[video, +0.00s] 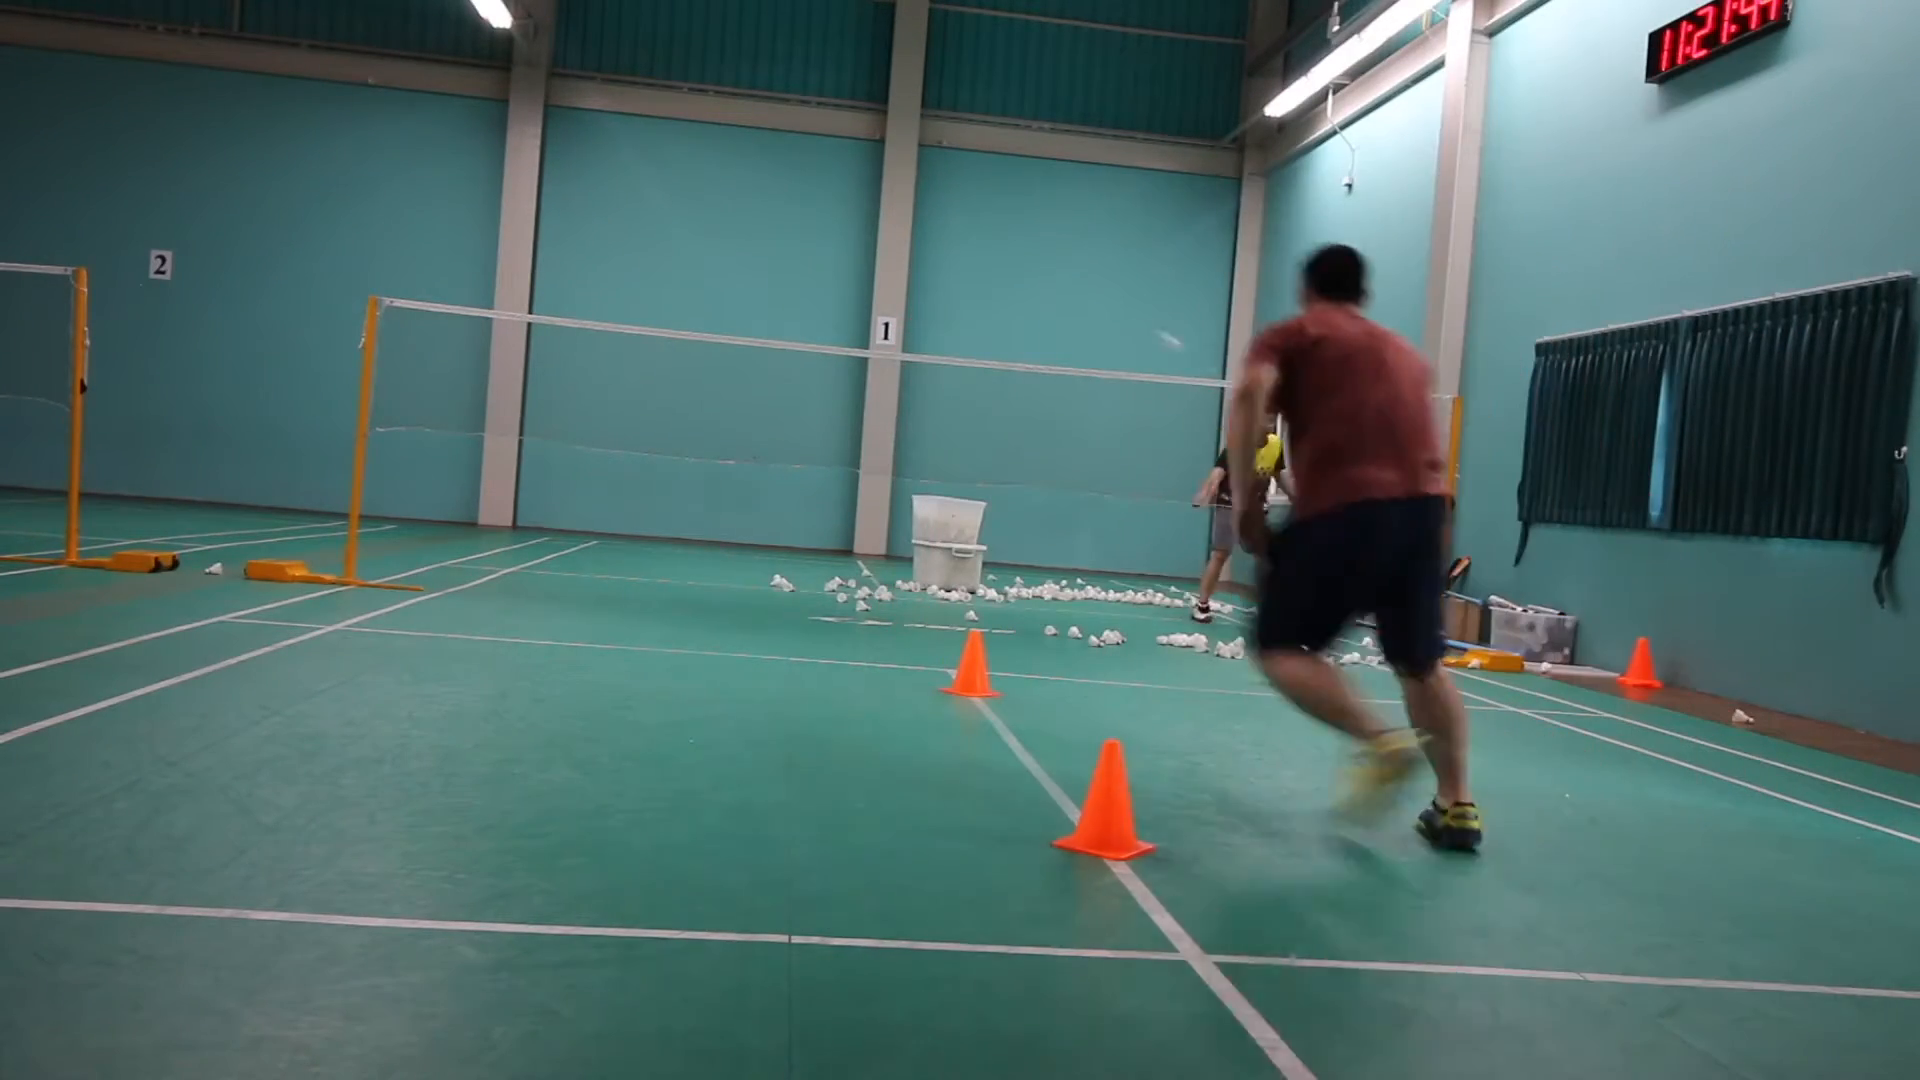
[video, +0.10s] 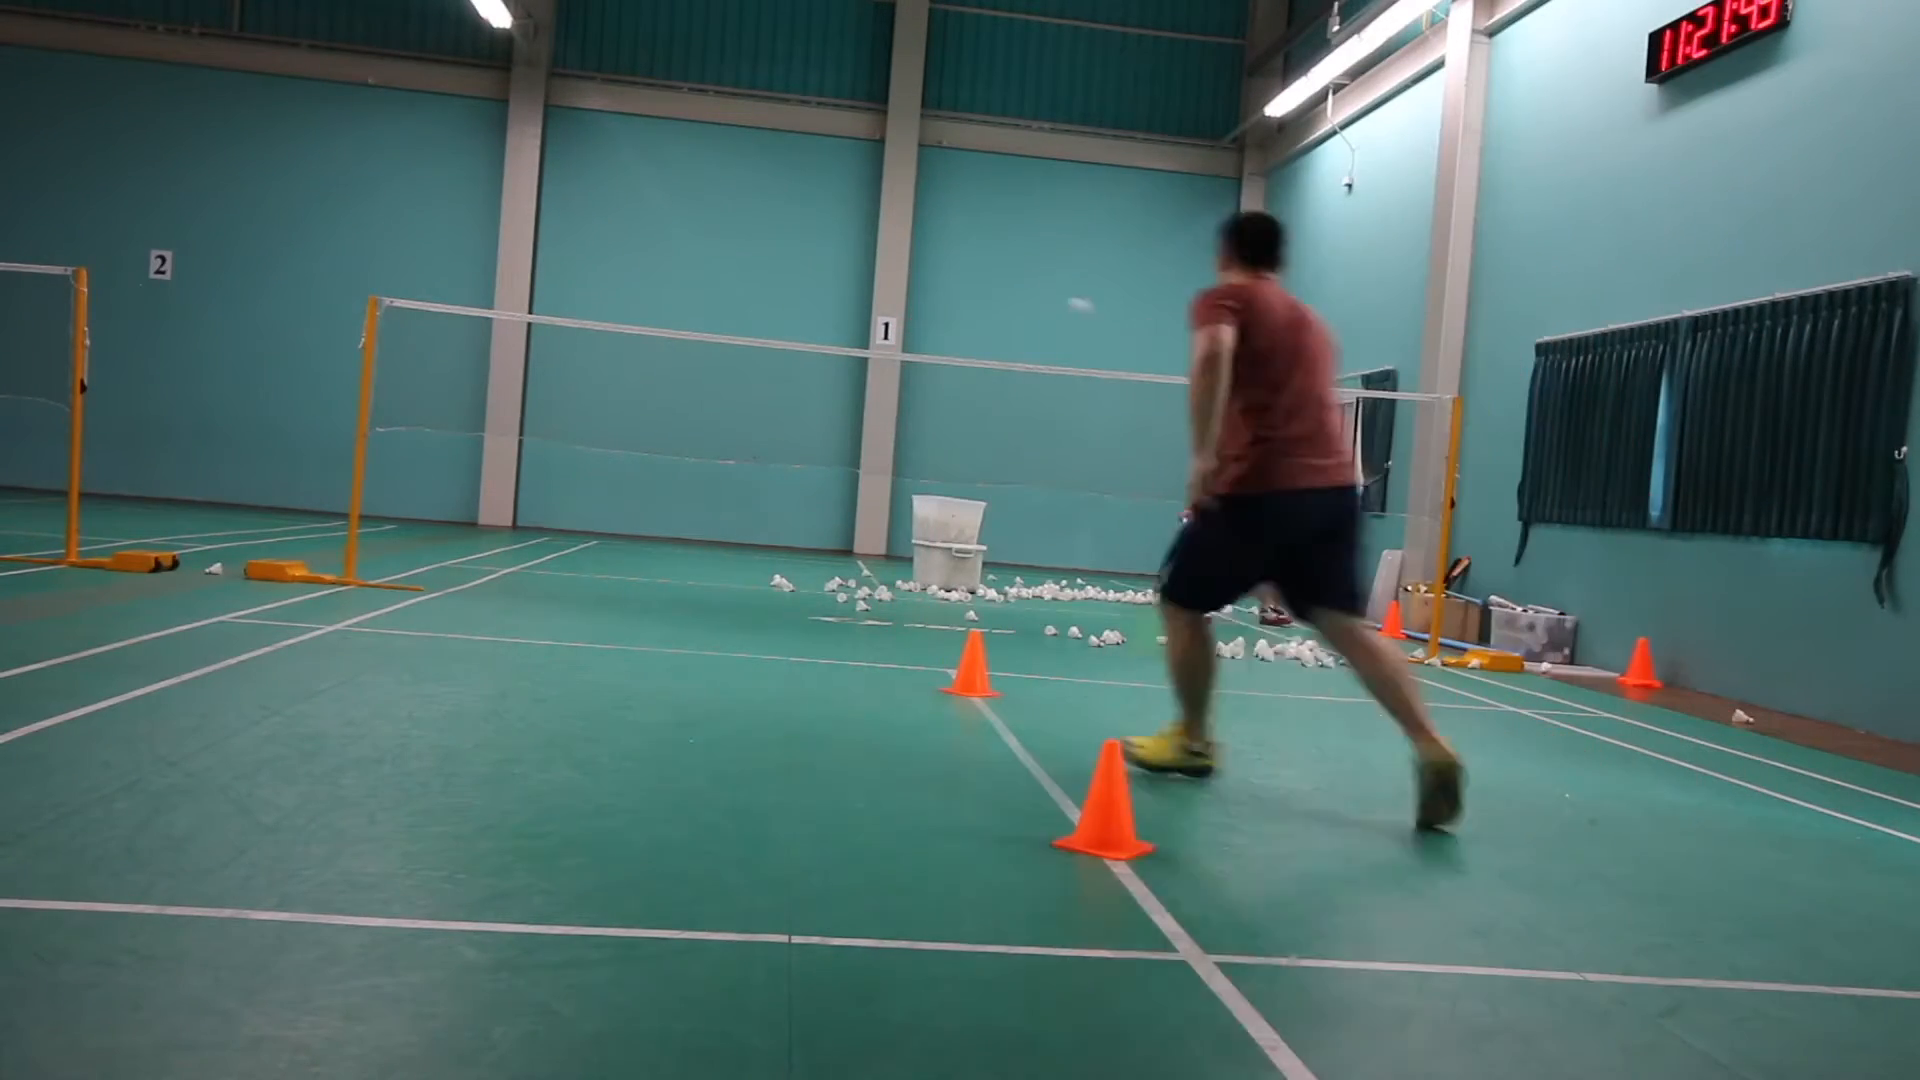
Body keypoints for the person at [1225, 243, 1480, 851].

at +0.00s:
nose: (1311, 302)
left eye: (1307, 293)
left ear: (1307, 291)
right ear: (1364, 296)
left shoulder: (1289, 335)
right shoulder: (1405, 352)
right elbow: (1430, 459)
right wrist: (1434, 543)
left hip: (1338, 518)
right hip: (1418, 517)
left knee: (1280, 647)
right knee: (1421, 661)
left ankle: (1381, 742)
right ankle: (1457, 805)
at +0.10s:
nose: (1218, 267)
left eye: (1219, 257)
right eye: (1228, 259)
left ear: (1226, 256)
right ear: (1276, 260)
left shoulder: (1223, 299)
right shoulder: (1310, 320)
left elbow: (1216, 351)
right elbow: (1320, 409)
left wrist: (1202, 456)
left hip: (1259, 493)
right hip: (1331, 493)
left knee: (1183, 600)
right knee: (1334, 616)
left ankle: (1193, 739)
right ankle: (1431, 748)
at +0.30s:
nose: (1041, 296)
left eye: (1045, 287)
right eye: (1044, 286)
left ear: (1056, 291)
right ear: (1088, 292)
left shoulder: (1089, 339)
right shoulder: (1089, 343)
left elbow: (1100, 419)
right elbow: (1044, 431)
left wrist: (1072, 507)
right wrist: (984, 481)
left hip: (1134, 510)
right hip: (1124, 505)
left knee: (1074, 629)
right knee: (1061, 585)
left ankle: (1169, 722)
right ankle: (1007, 677)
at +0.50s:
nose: (929, 343)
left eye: (928, 333)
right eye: (928, 334)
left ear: (935, 326)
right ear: (973, 320)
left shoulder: (970, 350)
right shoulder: (989, 354)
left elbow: (1023, 399)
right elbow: (984, 460)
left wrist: (1049, 466)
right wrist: (949, 520)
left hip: (1017, 505)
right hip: (995, 502)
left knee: (961, 619)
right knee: (938, 566)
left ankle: (1068, 678)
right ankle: (938, 685)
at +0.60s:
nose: (934, 300)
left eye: (933, 293)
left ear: (933, 290)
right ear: (982, 295)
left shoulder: (942, 317)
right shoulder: (1003, 334)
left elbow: (945, 364)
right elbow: (1021, 405)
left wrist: (941, 447)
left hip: (989, 475)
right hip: (1026, 476)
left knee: (921, 575)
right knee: (955, 576)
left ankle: (1005, 669)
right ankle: (941, 683)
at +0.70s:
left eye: (939, 275)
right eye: (987, 275)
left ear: (939, 274)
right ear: (991, 276)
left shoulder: (927, 314)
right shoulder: (1021, 328)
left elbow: (897, 375)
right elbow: (1055, 405)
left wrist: (871, 454)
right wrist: (1051, 483)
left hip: (956, 468)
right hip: (1018, 474)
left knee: (911, 576)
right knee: (966, 577)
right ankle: (944, 685)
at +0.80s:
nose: (998, 280)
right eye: (1003, 273)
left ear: (950, 274)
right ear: (1002, 275)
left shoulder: (918, 328)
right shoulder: (1033, 330)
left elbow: (873, 401)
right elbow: (1073, 404)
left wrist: (854, 479)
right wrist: (1078, 478)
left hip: (944, 477)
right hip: (1017, 479)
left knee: (905, 584)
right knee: (976, 581)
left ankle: (884, 699)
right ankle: (954, 691)